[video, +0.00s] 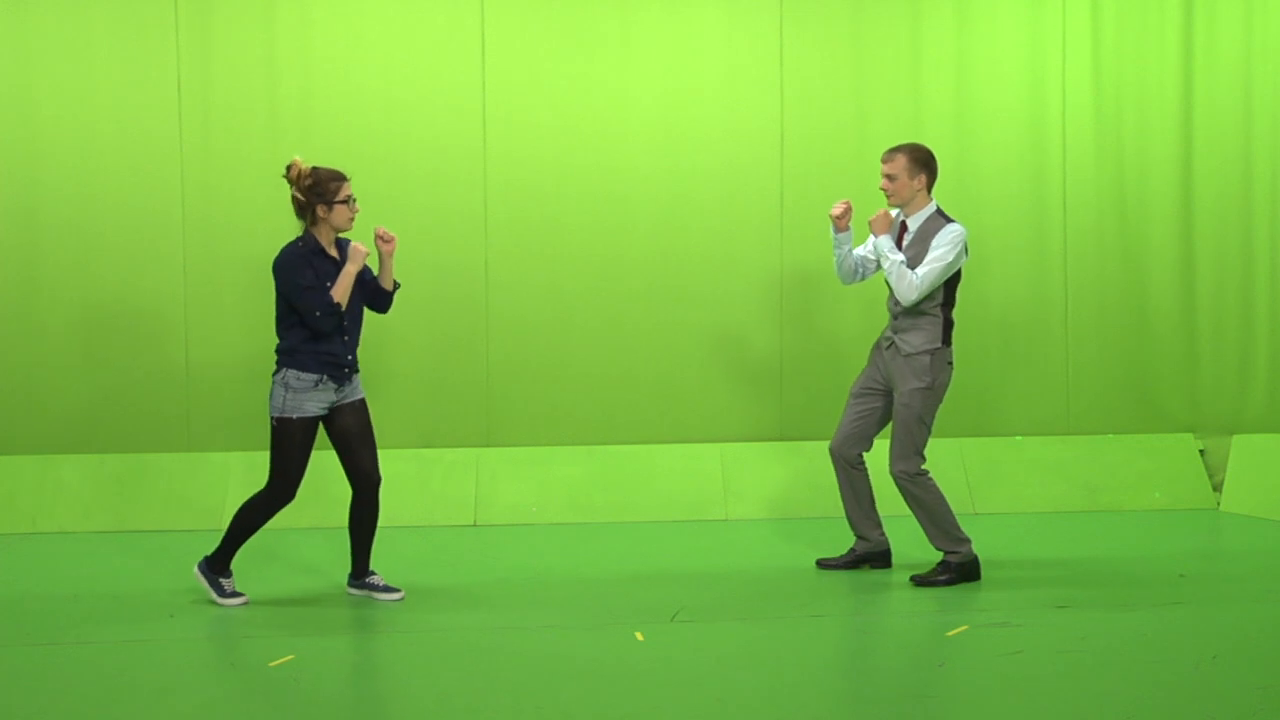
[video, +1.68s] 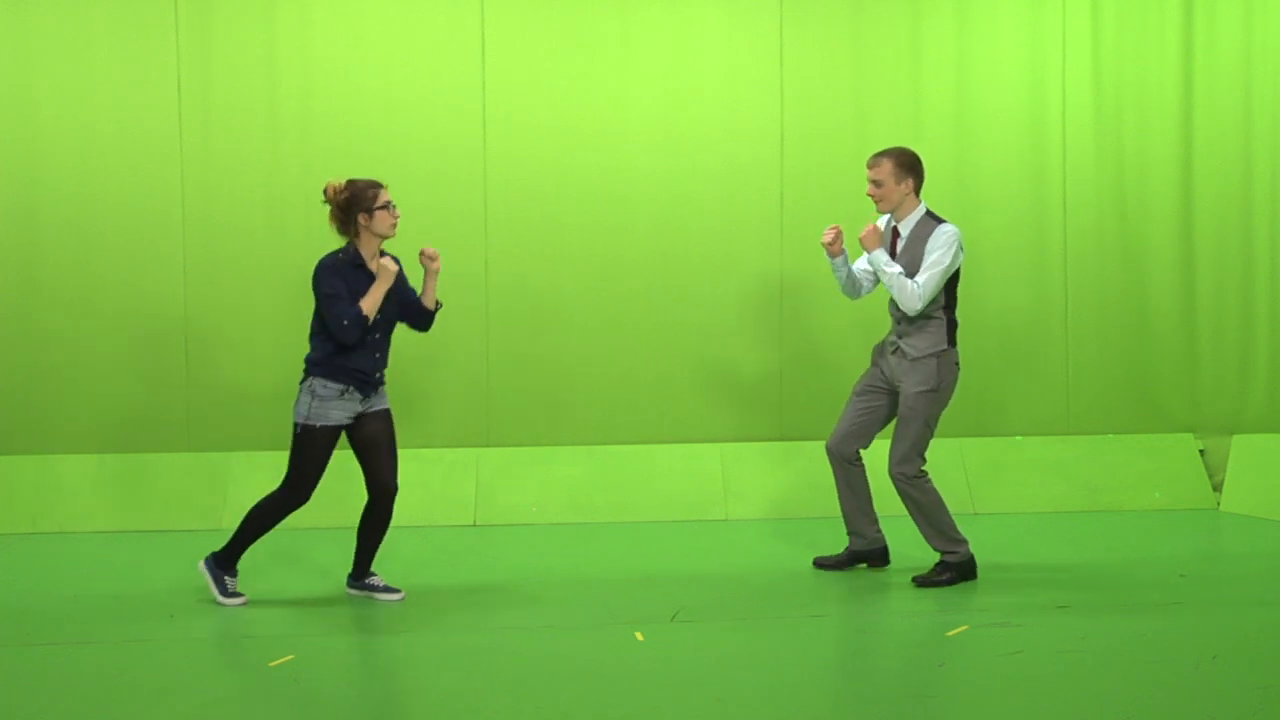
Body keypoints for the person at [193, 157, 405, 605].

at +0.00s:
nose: (355, 207)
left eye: (353, 199)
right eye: (347, 201)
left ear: (330, 210)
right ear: (321, 211)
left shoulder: (345, 256)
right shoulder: (292, 259)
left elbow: (380, 303)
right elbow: (323, 319)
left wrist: (386, 259)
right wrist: (353, 266)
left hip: (344, 383)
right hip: (298, 384)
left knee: (368, 481)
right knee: (282, 489)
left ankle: (360, 574)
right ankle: (215, 565)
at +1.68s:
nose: (396, 214)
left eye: (394, 206)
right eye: (387, 209)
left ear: (377, 217)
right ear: (362, 219)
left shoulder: (388, 267)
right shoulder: (332, 269)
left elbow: (421, 321)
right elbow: (347, 330)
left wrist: (431, 276)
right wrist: (382, 283)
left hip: (370, 393)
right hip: (325, 391)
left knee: (385, 489)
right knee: (296, 492)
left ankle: (361, 574)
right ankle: (223, 562)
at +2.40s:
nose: (506, 201)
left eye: (503, 193)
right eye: (497, 195)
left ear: (477, 204)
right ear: (473, 205)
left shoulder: (487, 252)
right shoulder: (448, 252)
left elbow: (522, 303)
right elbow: (487, 304)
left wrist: (537, 260)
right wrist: (513, 256)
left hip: (479, 379)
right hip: (440, 378)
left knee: (507, 475)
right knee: (418, 483)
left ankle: (499, 568)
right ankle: (344, 554)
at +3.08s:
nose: (511, 222)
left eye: (509, 215)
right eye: (503, 217)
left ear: (486, 227)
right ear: (481, 227)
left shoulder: (487, 277)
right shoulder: (454, 273)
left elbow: (508, 339)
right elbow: (475, 339)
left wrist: (532, 299)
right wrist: (510, 298)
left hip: (468, 396)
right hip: (431, 395)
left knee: (511, 479)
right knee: (407, 501)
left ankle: (498, 570)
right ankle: (326, 566)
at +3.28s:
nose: (448, 219)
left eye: (455, 210)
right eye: (438, 214)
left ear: (468, 215)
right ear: (426, 222)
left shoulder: (479, 265)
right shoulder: (411, 266)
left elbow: (498, 330)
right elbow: (416, 330)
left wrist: (492, 286)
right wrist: (446, 286)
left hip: (454, 382)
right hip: (405, 380)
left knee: (491, 480)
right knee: (382, 489)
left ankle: (497, 570)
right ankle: (324, 569)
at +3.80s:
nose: (445, 235)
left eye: (447, 227)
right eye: (433, 231)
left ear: (452, 230)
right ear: (410, 240)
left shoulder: (464, 272)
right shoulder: (389, 284)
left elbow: (490, 334)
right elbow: (393, 355)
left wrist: (494, 301)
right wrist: (421, 311)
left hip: (447, 389)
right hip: (393, 391)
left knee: (487, 480)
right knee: (377, 491)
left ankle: (507, 568)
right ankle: (330, 571)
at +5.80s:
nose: (480, 230)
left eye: (479, 222)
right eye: (473, 224)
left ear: (452, 231)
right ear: (449, 232)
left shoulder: (459, 276)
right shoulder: (409, 281)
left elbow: (467, 339)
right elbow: (416, 349)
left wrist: (496, 295)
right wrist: (462, 314)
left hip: (454, 391)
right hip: (409, 394)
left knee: (510, 480)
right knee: (396, 501)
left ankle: (534, 570)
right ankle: (332, 574)